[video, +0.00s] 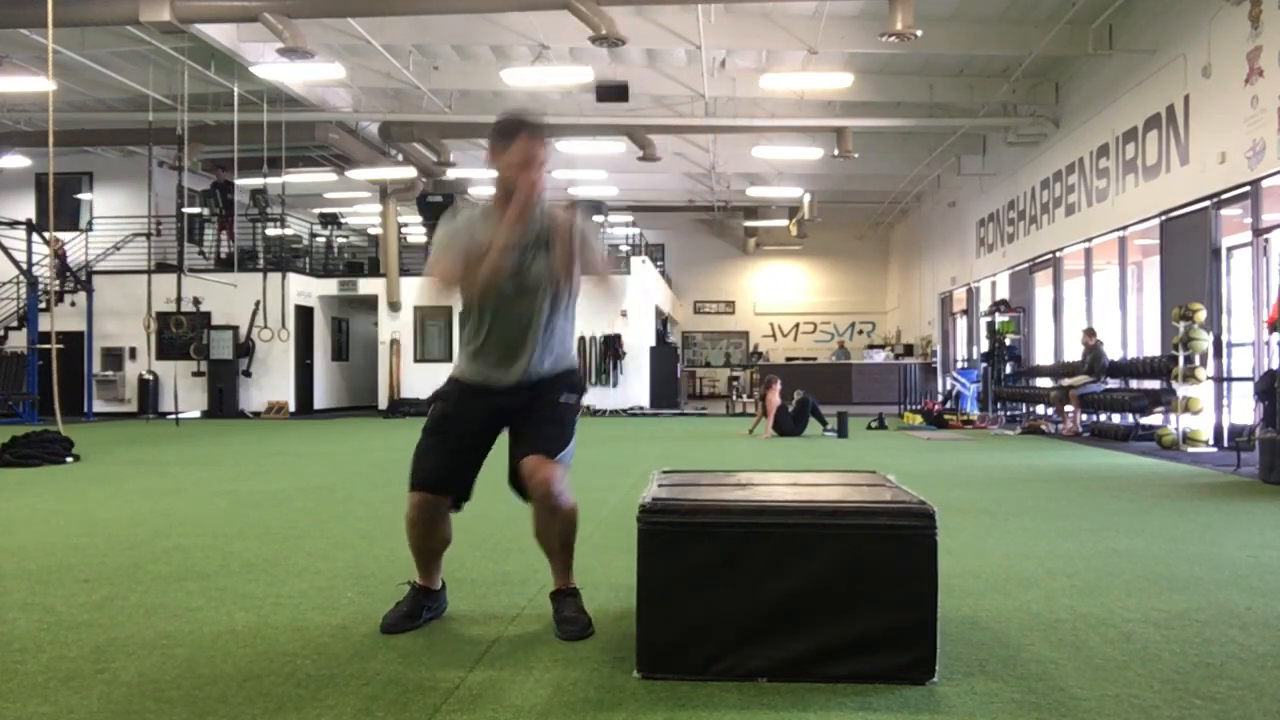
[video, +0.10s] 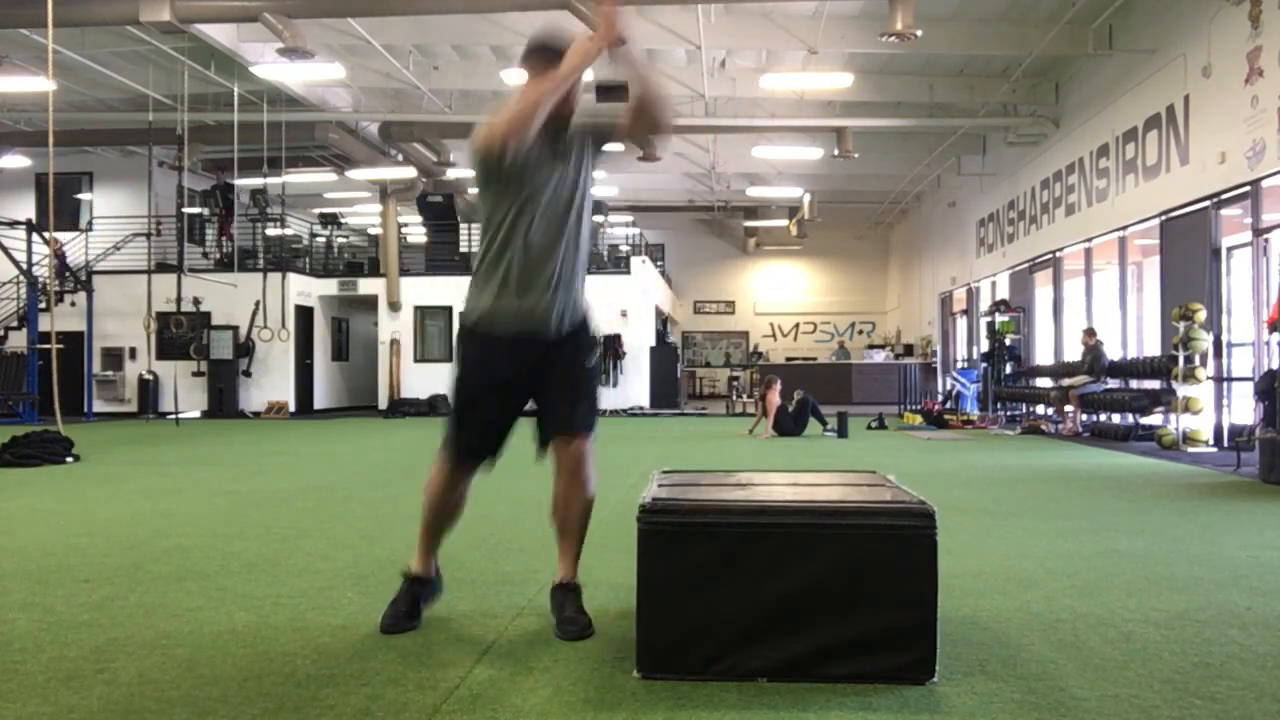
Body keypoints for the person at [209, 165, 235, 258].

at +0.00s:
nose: (217, 175)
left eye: (219, 173)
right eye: (216, 173)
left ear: (223, 173)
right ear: (215, 174)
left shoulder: (230, 184)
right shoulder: (214, 185)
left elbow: (232, 198)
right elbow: (212, 198)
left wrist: (232, 210)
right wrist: (214, 209)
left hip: (229, 211)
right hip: (219, 211)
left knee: (230, 233)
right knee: (218, 233)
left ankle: (231, 252)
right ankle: (217, 253)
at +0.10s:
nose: (217, 177)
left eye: (219, 175)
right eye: (216, 175)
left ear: (223, 175)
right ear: (215, 176)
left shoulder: (230, 187)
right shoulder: (214, 188)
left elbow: (235, 199)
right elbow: (212, 201)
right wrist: (214, 210)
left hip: (229, 212)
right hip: (220, 213)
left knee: (227, 232)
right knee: (219, 236)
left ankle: (234, 249)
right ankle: (221, 256)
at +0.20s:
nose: (217, 175)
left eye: (219, 173)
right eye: (216, 173)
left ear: (224, 173)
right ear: (216, 174)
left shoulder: (230, 185)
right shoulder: (213, 186)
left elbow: (239, 196)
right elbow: (209, 198)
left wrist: (232, 203)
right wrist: (212, 209)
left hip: (229, 210)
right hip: (219, 211)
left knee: (226, 231)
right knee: (220, 233)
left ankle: (231, 250)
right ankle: (223, 253)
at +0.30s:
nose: (219, 173)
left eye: (220, 171)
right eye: (217, 171)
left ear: (224, 171)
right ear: (215, 172)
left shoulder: (230, 182)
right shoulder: (213, 183)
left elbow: (240, 192)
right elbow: (209, 195)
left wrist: (236, 200)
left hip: (229, 207)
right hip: (219, 208)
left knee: (228, 227)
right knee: (220, 228)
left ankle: (229, 247)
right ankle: (222, 247)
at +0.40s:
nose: (219, 174)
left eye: (221, 171)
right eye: (218, 171)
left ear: (224, 171)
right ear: (216, 172)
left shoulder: (231, 182)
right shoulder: (214, 183)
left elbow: (241, 194)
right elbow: (207, 193)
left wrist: (236, 201)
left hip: (230, 208)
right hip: (219, 208)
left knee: (230, 228)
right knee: (220, 230)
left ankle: (231, 247)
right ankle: (223, 247)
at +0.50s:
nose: (221, 177)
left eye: (222, 174)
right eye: (219, 175)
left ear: (225, 175)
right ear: (217, 176)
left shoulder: (232, 186)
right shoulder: (215, 187)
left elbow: (240, 198)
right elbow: (211, 198)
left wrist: (232, 203)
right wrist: (214, 208)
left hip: (231, 212)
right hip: (221, 212)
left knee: (231, 235)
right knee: (219, 236)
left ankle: (231, 253)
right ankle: (223, 252)